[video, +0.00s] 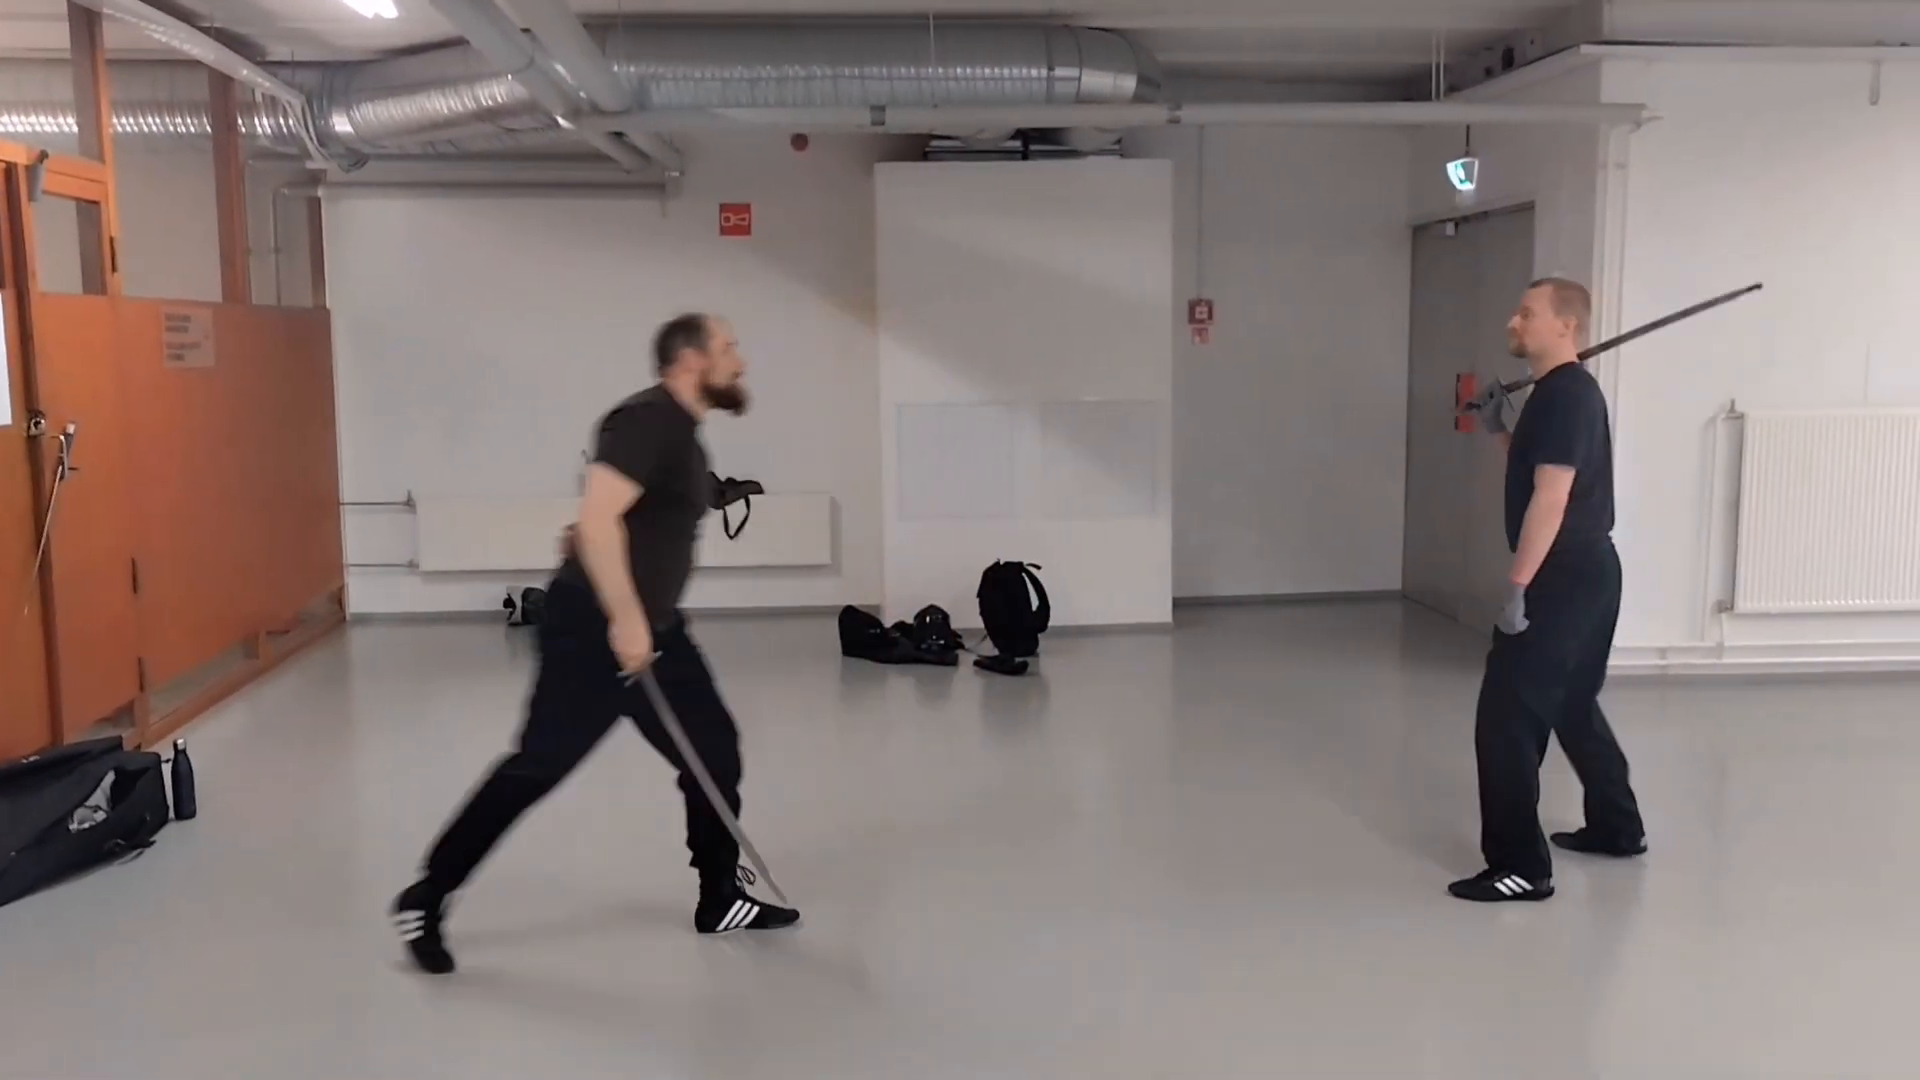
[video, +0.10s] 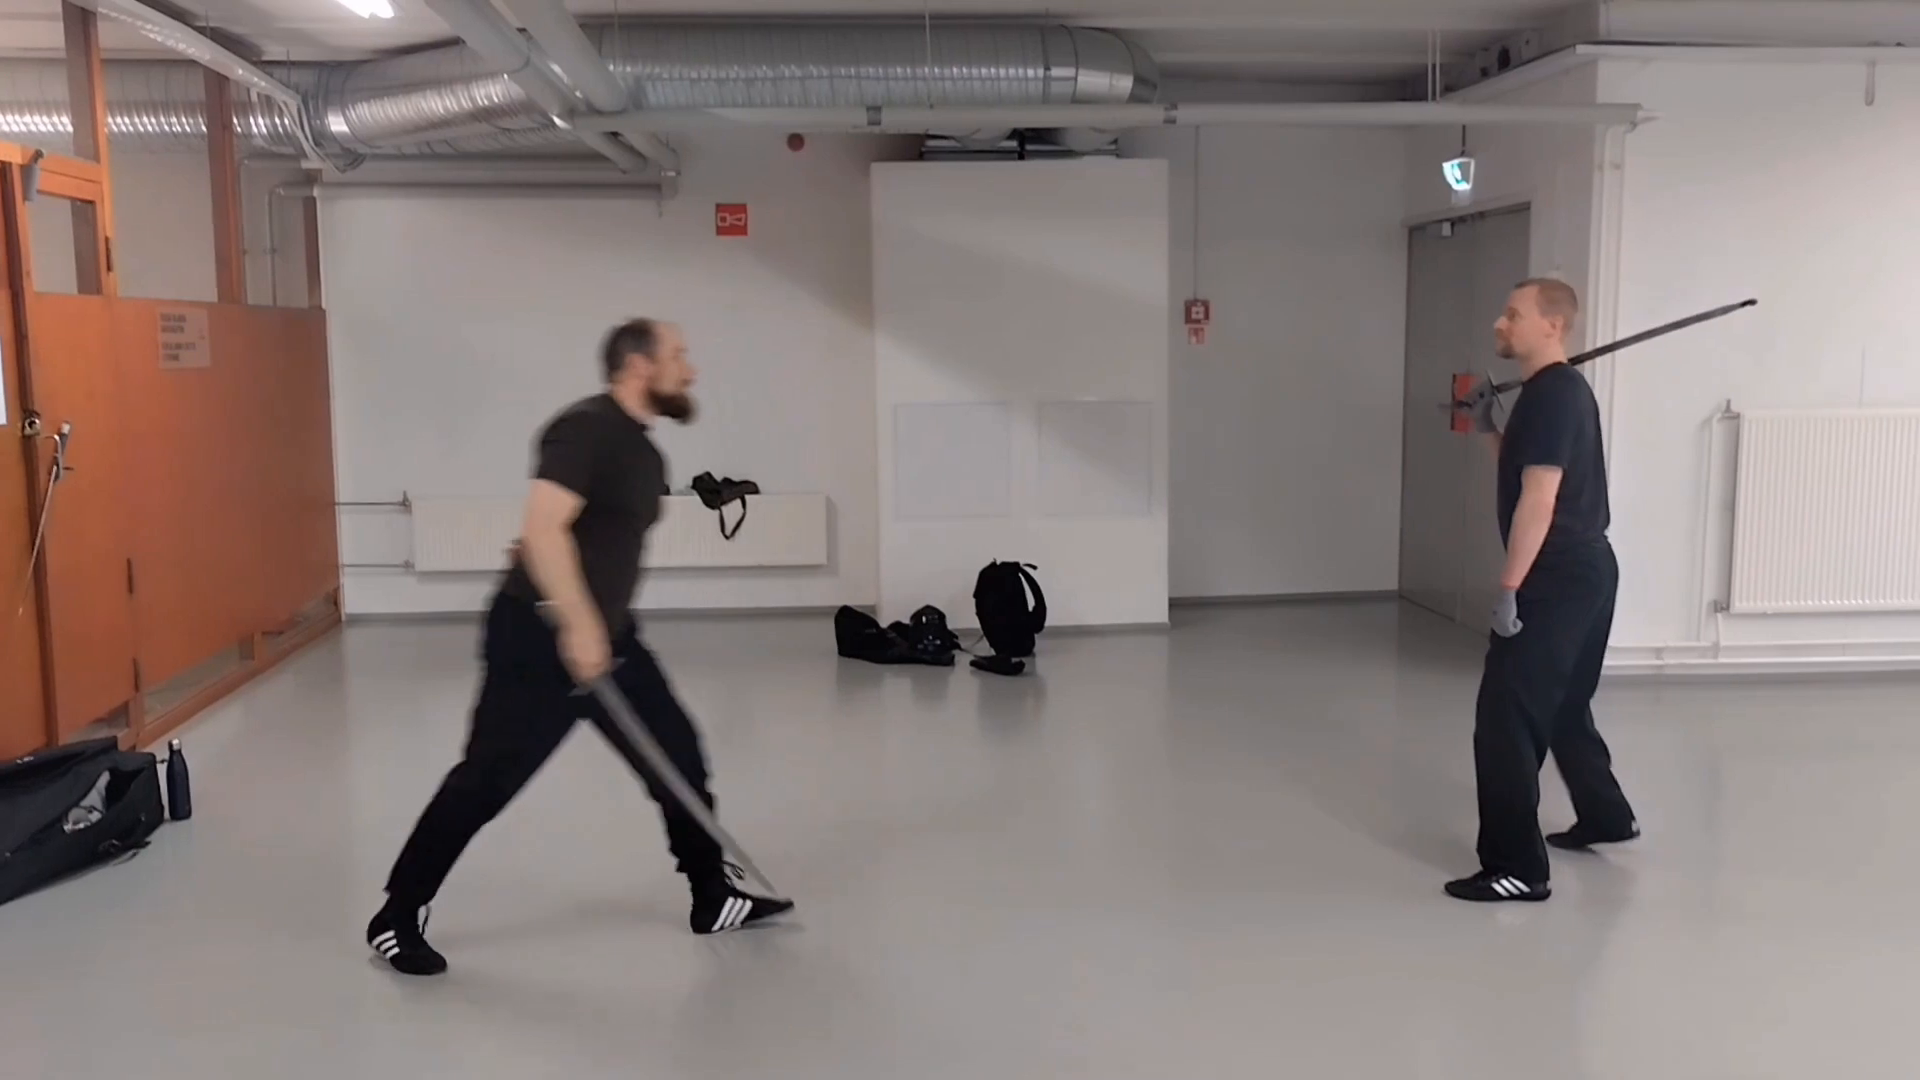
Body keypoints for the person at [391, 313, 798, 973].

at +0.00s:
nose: (740, 362)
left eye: (736, 349)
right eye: (728, 350)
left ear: (693, 362)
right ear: (689, 361)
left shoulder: (680, 431)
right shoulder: (646, 422)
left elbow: (637, 519)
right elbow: (595, 520)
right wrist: (626, 615)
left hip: (651, 629)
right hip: (594, 630)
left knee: (713, 752)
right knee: (537, 767)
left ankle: (720, 897)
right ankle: (424, 899)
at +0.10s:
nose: (690, 371)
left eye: (687, 358)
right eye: (679, 357)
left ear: (641, 369)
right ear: (635, 366)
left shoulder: (636, 446)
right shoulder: (587, 429)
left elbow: (599, 539)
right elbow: (541, 528)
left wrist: (605, 617)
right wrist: (579, 621)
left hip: (605, 633)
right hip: (540, 634)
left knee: (677, 756)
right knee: (487, 778)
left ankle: (713, 896)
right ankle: (396, 918)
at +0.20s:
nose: (647, 367)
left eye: (644, 354)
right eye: (635, 354)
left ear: (601, 367)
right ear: (592, 365)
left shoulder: (604, 453)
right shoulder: (530, 428)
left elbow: (561, 542)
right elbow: (478, 527)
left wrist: (552, 624)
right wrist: (501, 627)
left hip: (559, 634)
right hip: (490, 634)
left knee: (625, 760)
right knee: (453, 785)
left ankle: (694, 891)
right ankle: (388, 923)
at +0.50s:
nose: (576, 356)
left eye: (574, 343)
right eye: (566, 342)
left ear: (530, 351)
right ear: (522, 349)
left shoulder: (548, 438)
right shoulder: (440, 416)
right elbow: (355, 503)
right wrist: (304, 596)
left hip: (494, 625)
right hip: (417, 620)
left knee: (550, 748)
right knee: (414, 776)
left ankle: (540, 901)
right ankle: (378, 925)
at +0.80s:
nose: (554, 350)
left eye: (551, 337)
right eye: (543, 337)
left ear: (503, 345)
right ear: (501, 344)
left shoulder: (513, 426)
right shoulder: (434, 420)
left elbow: (478, 526)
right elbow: (382, 527)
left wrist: (493, 601)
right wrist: (339, 623)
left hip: (488, 624)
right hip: (417, 628)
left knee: (561, 729)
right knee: (414, 784)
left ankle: (547, 882)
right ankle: (372, 923)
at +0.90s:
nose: (551, 351)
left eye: (549, 338)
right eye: (541, 337)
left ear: (499, 347)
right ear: (497, 346)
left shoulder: (495, 417)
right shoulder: (446, 419)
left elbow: (477, 521)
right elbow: (429, 535)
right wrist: (423, 632)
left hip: (493, 620)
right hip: (431, 622)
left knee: (566, 723)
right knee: (417, 778)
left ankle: (570, 884)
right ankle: (371, 917)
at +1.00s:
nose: (557, 353)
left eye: (554, 340)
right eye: (546, 340)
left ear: (505, 347)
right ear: (505, 346)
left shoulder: (499, 418)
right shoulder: (463, 411)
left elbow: (476, 519)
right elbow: (493, 514)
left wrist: (417, 546)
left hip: (486, 619)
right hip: (433, 617)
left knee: (564, 739)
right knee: (420, 776)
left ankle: (619, 879)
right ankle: (368, 920)